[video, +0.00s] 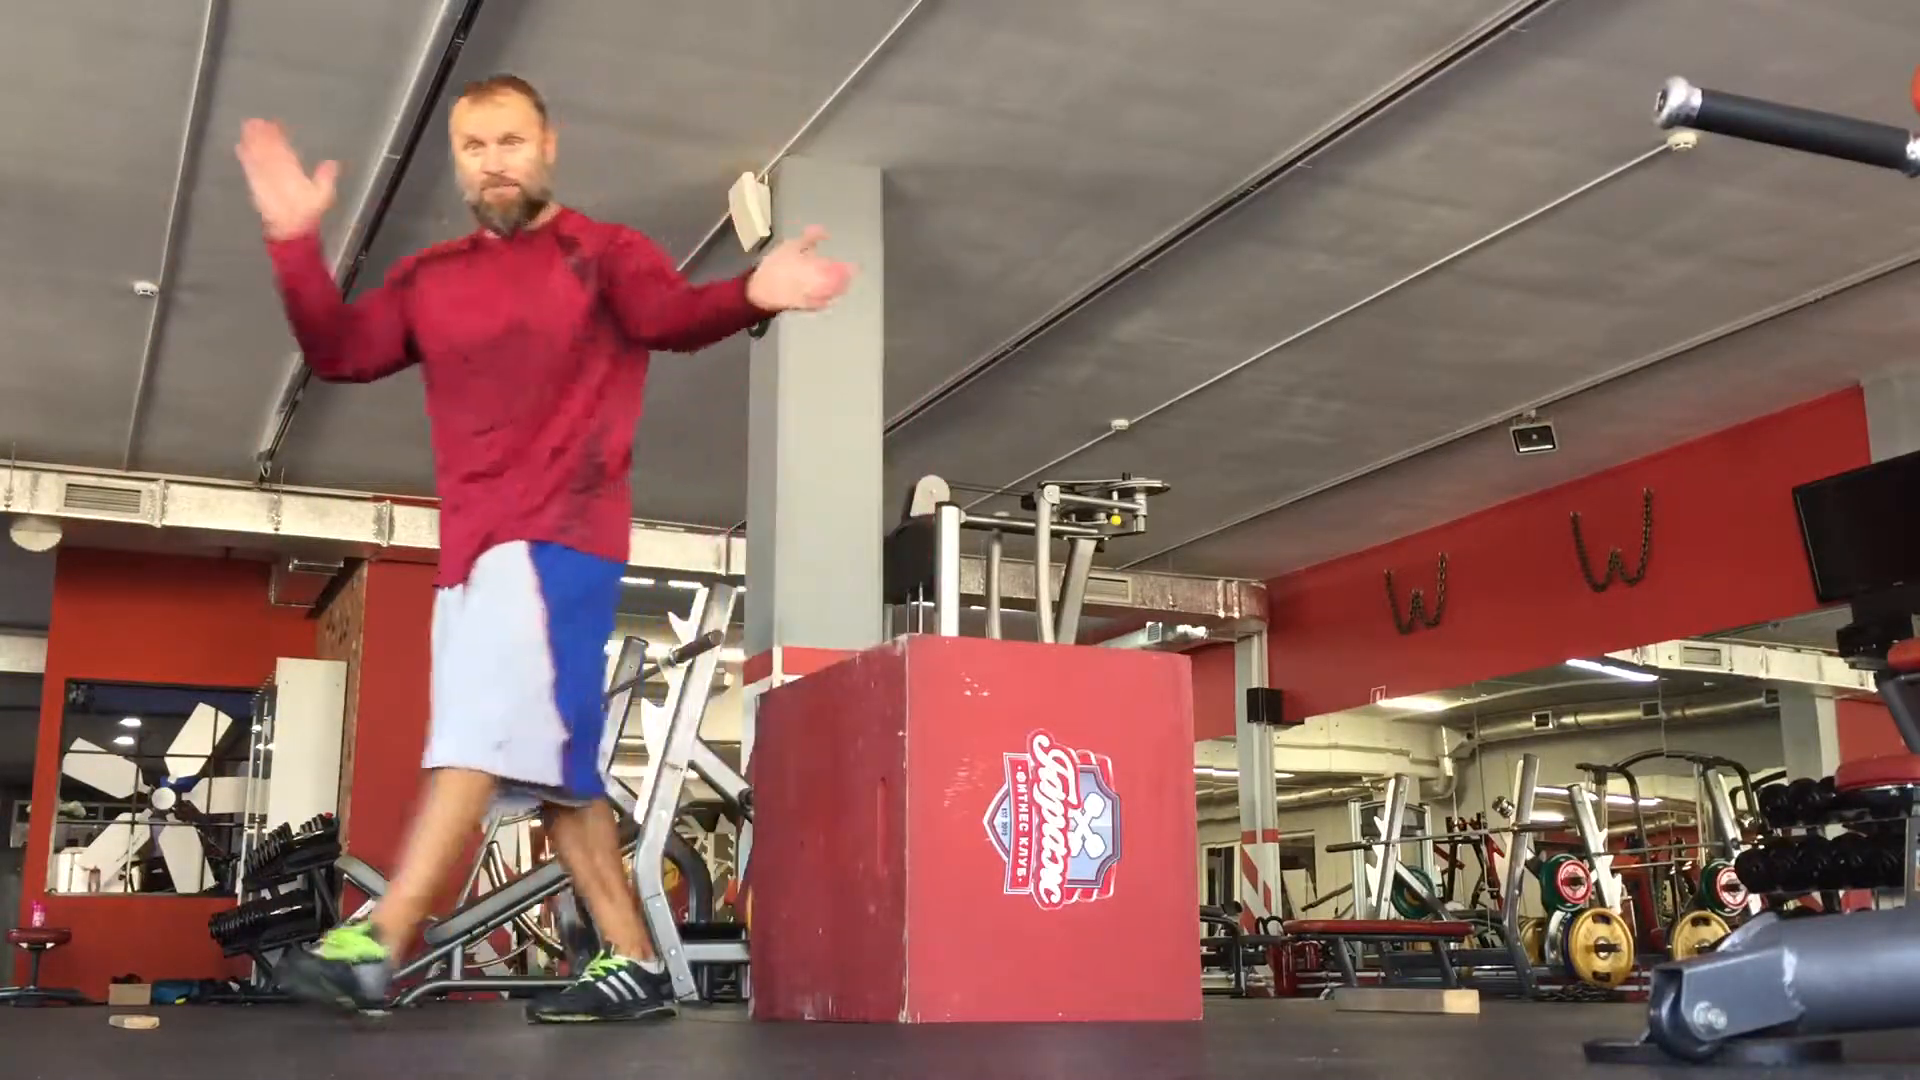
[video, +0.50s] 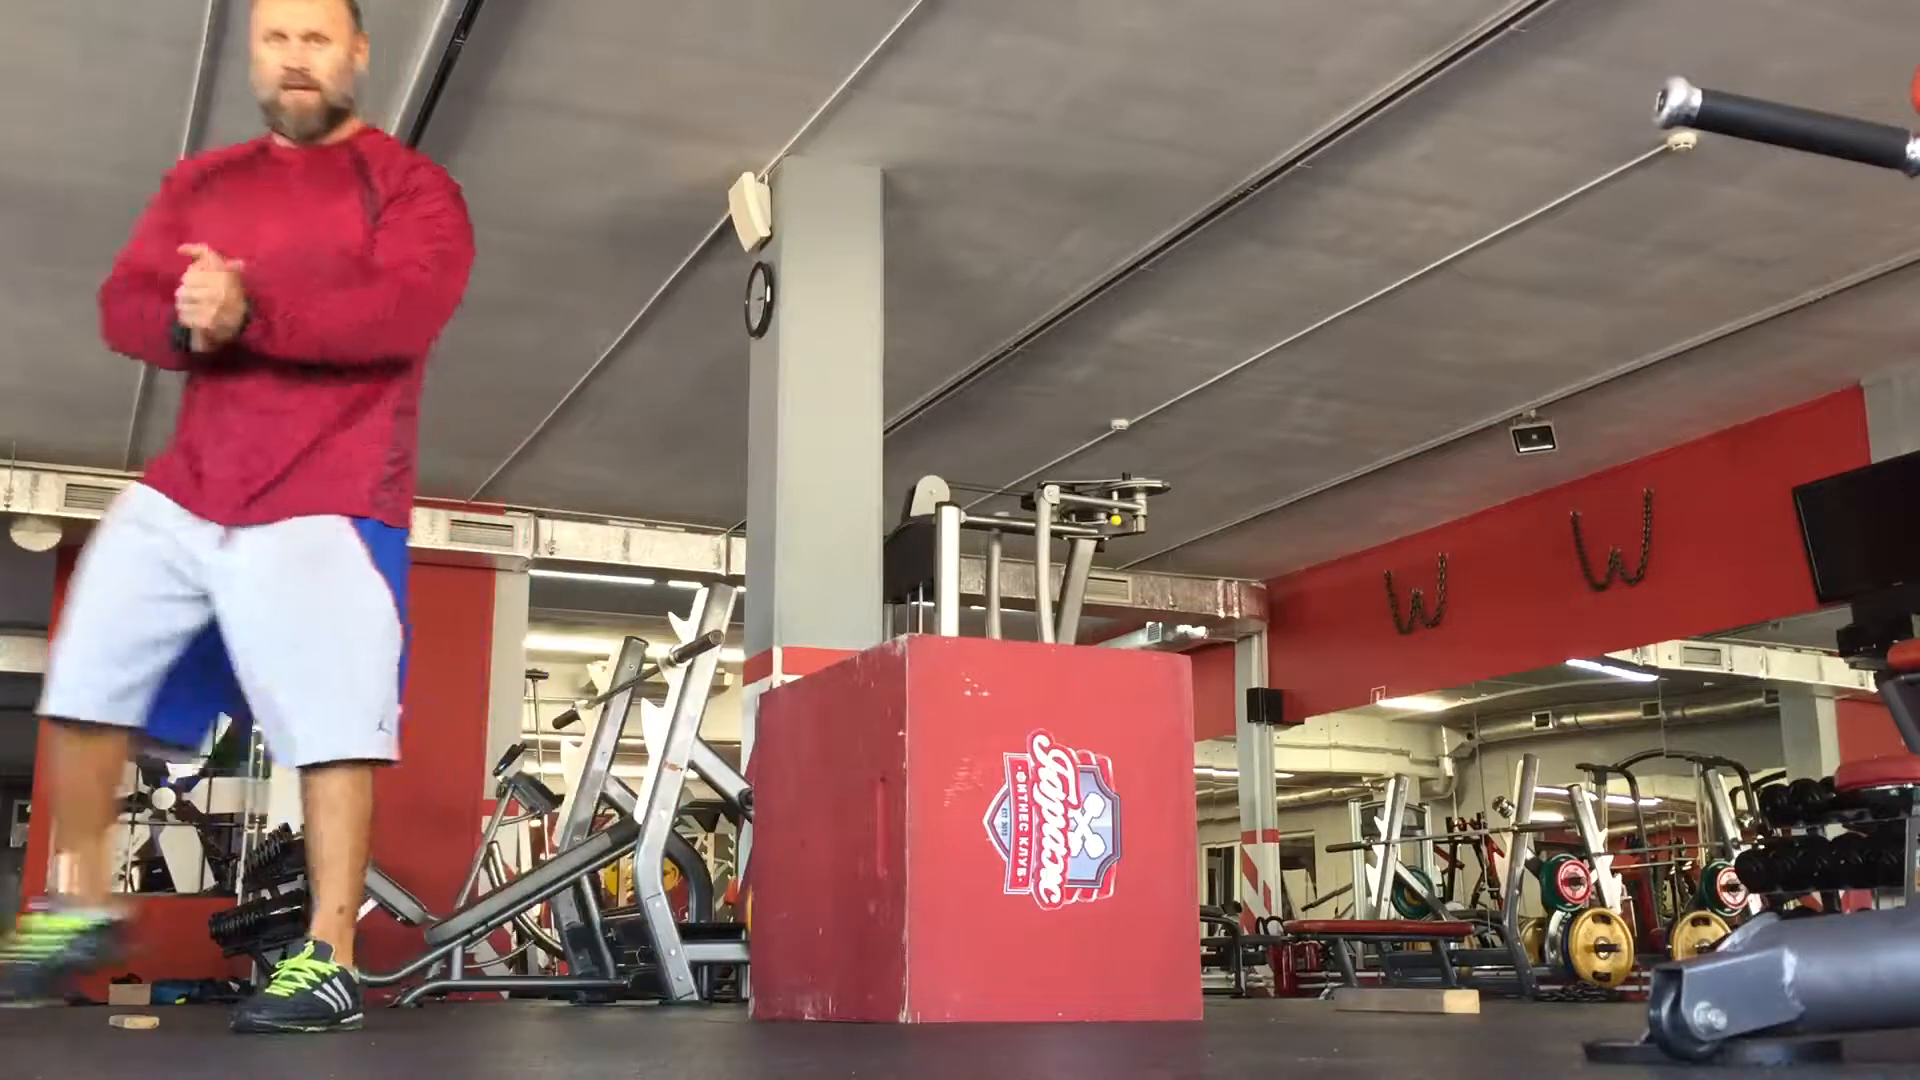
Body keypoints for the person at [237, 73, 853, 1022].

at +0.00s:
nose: (491, 160)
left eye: (510, 140)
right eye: (473, 145)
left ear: (548, 147)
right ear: (455, 161)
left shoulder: (602, 250)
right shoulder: (427, 279)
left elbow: (665, 313)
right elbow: (339, 349)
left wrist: (749, 291)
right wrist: (297, 242)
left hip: (564, 527)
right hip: (473, 535)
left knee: (474, 730)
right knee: (559, 758)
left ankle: (380, 945)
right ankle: (635, 963)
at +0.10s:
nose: (456, 149)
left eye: (475, 129)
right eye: (437, 134)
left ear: (516, 140)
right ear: (419, 153)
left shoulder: (560, 249)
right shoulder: (387, 270)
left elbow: (615, 341)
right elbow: (302, 336)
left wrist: (646, 289)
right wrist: (256, 209)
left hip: (514, 529)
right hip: (436, 532)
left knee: (413, 715)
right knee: (522, 746)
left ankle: (335, 959)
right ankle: (628, 950)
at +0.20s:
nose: (419, 124)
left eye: (440, 105)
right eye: (401, 108)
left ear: (480, 119)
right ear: (382, 125)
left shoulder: (526, 234)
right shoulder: (346, 238)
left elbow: (537, 335)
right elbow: (284, 334)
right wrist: (269, 218)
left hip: (468, 508)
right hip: (380, 512)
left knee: (386, 716)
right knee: (440, 751)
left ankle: (331, 961)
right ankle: (585, 923)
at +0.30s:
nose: (380, 97)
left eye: (403, 78)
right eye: (362, 81)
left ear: (447, 94)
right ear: (344, 99)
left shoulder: (490, 216)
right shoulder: (320, 205)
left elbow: (455, 328)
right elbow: (237, 323)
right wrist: (272, 263)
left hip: (423, 500)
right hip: (316, 502)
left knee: (375, 713)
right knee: (292, 713)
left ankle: (332, 960)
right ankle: (463, 876)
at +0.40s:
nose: (336, 75)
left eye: (360, 55)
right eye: (320, 56)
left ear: (405, 72)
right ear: (298, 74)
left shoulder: (455, 200)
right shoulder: (258, 192)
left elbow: (438, 322)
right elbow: (179, 315)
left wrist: (283, 285)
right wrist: (223, 292)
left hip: (378, 499)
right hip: (255, 497)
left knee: (358, 726)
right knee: (184, 716)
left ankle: (332, 961)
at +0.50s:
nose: (296, 58)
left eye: (318, 38)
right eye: (277, 38)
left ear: (360, 54)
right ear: (251, 54)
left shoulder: (415, 190)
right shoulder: (200, 180)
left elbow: (398, 320)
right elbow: (122, 305)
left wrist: (252, 314)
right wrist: (185, 312)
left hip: (330, 494)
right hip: (192, 480)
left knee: (336, 720)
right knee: (87, 677)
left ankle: (330, 958)